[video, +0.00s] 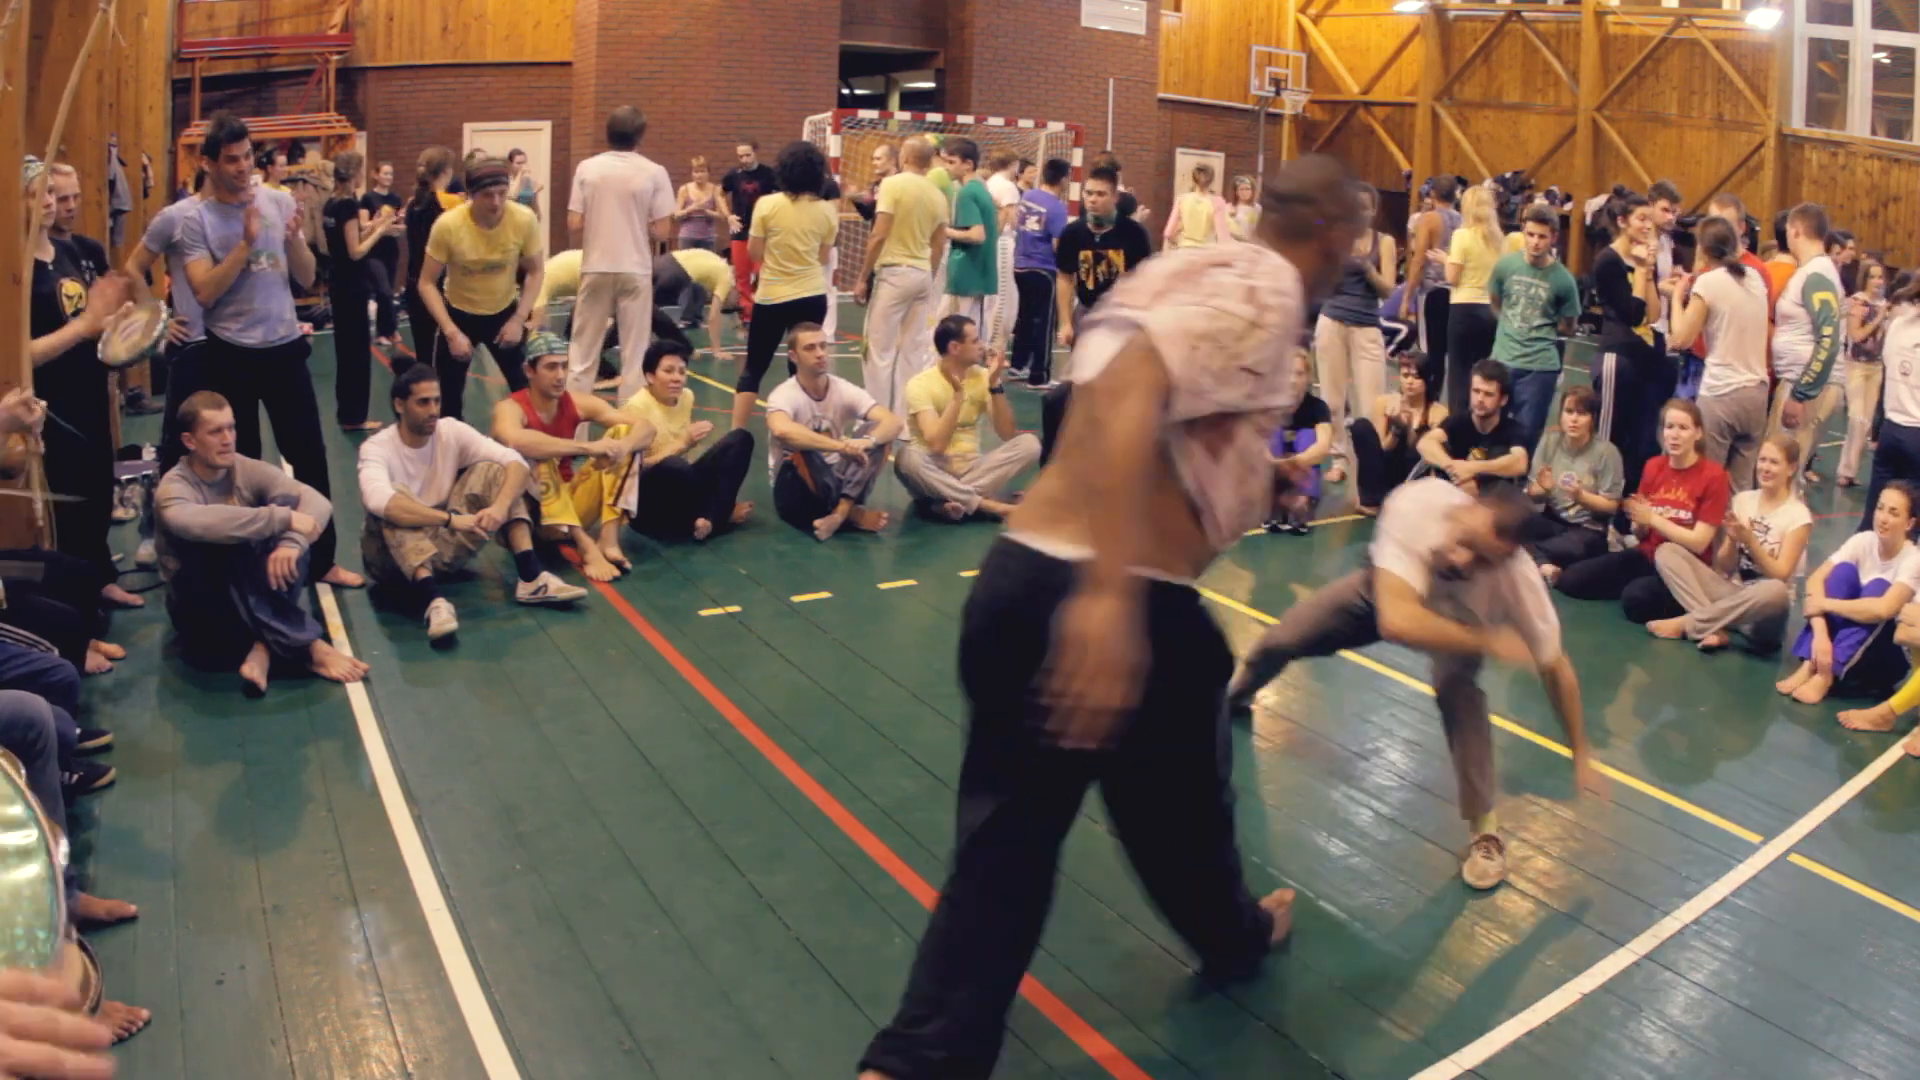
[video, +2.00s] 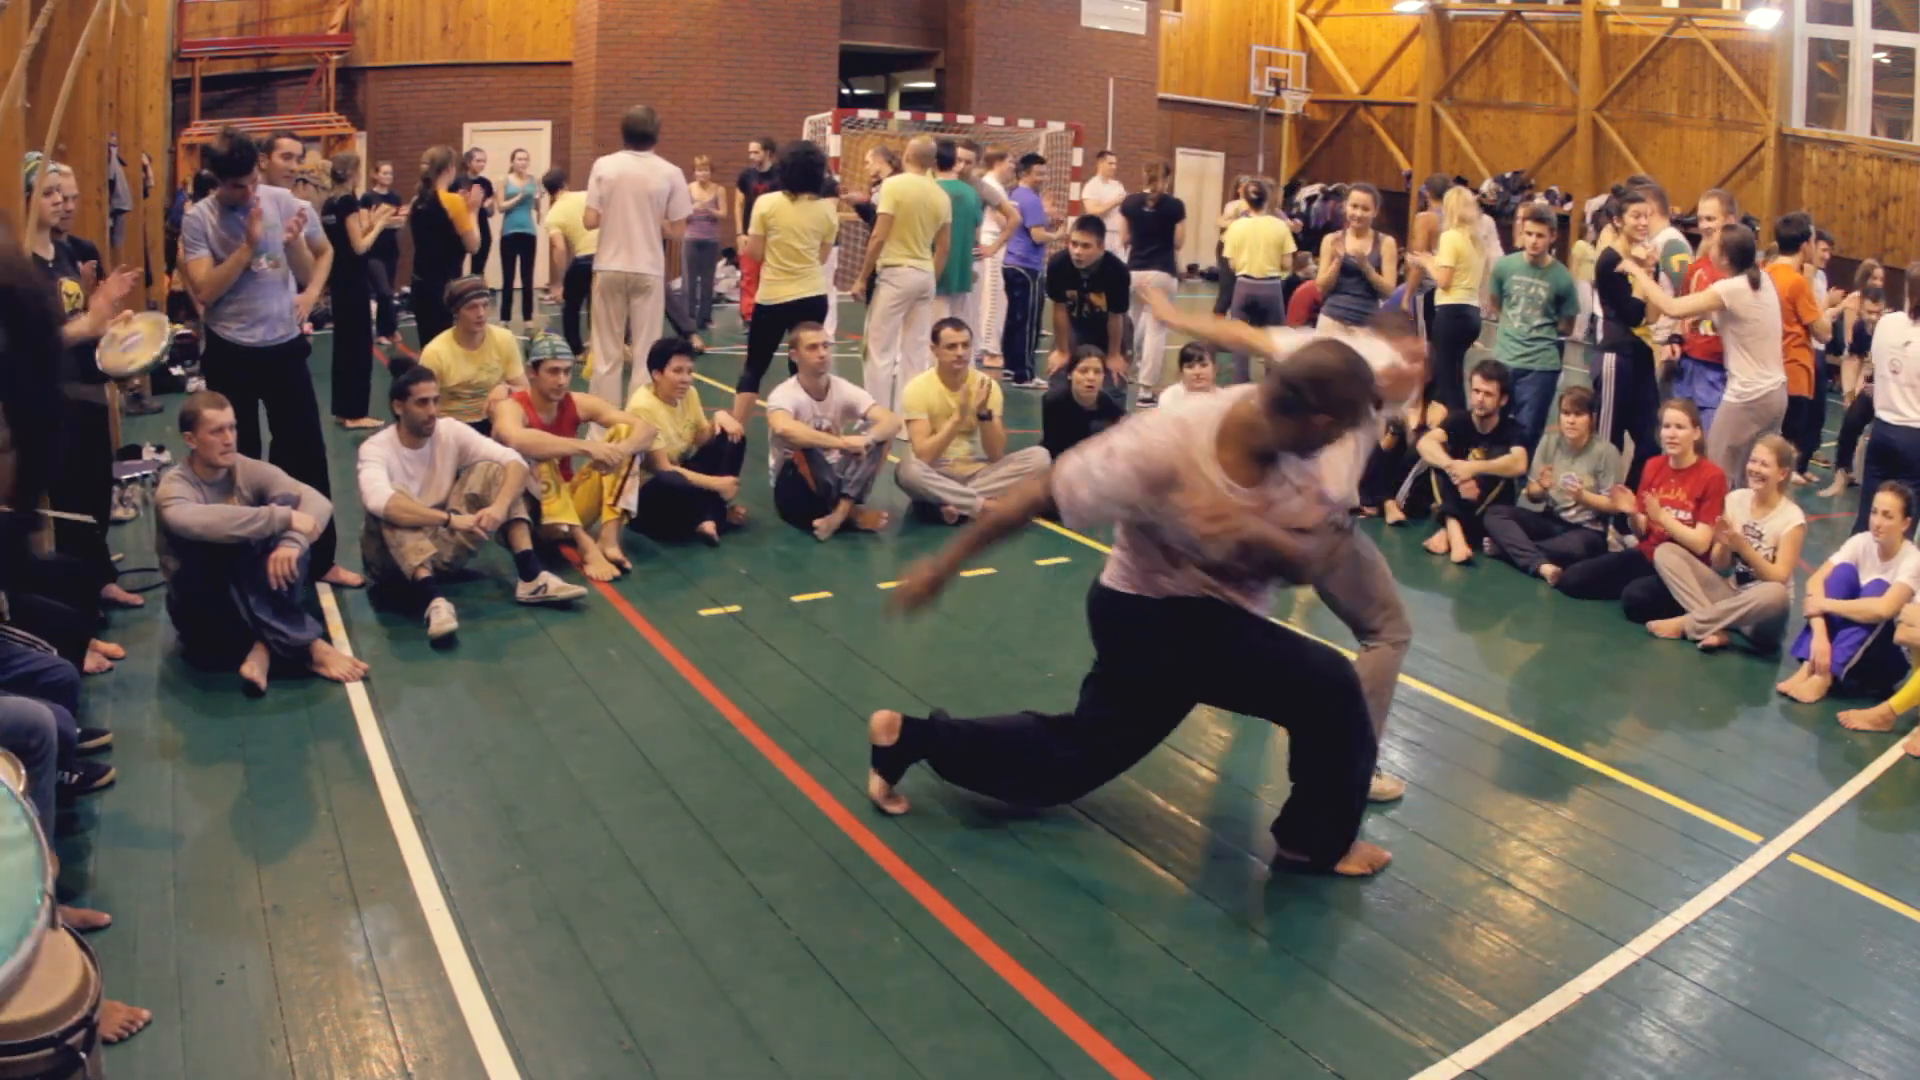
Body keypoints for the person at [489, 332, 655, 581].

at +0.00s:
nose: (560, 375)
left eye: (564, 366)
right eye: (551, 368)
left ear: (569, 367)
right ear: (529, 370)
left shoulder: (580, 403)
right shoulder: (509, 408)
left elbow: (645, 427)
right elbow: (516, 441)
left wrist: (625, 446)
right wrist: (587, 447)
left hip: (572, 506)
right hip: (527, 513)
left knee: (623, 444)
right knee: (542, 465)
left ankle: (609, 538)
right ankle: (587, 546)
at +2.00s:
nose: (562, 380)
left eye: (567, 372)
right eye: (553, 372)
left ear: (572, 372)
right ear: (532, 372)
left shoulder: (581, 403)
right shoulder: (510, 408)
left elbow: (646, 429)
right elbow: (515, 440)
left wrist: (622, 449)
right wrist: (586, 446)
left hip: (571, 506)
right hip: (527, 513)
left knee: (624, 432)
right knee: (543, 464)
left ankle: (609, 537)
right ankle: (587, 545)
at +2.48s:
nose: (561, 381)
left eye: (566, 373)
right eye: (553, 373)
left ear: (572, 373)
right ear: (532, 373)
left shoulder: (579, 403)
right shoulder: (510, 407)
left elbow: (641, 426)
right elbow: (513, 438)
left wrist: (622, 449)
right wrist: (586, 448)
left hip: (570, 505)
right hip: (527, 510)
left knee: (622, 432)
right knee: (543, 466)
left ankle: (609, 536)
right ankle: (586, 545)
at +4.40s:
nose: (564, 381)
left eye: (568, 372)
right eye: (555, 372)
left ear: (573, 372)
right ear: (532, 373)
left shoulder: (579, 402)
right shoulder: (509, 408)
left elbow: (645, 428)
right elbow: (509, 439)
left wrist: (625, 451)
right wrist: (582, 452)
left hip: (571, 504)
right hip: (526, 510)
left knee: (623, 432)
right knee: (540, 465)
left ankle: (609, 537)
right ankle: (586, 546)